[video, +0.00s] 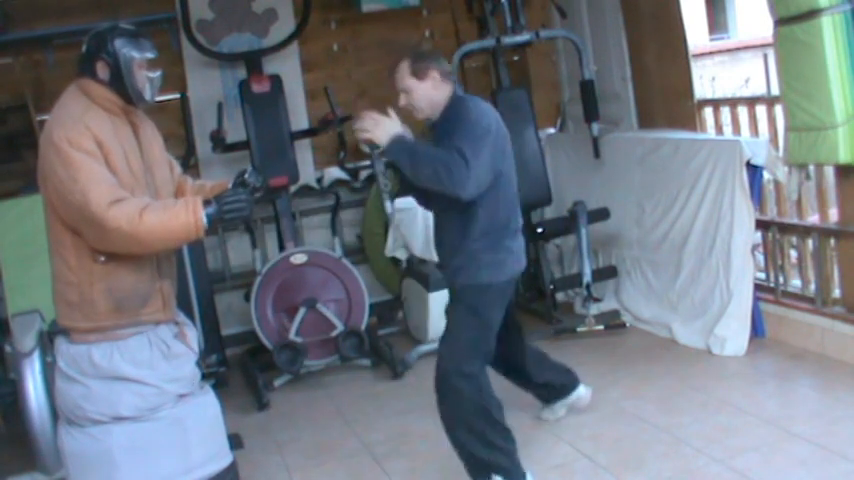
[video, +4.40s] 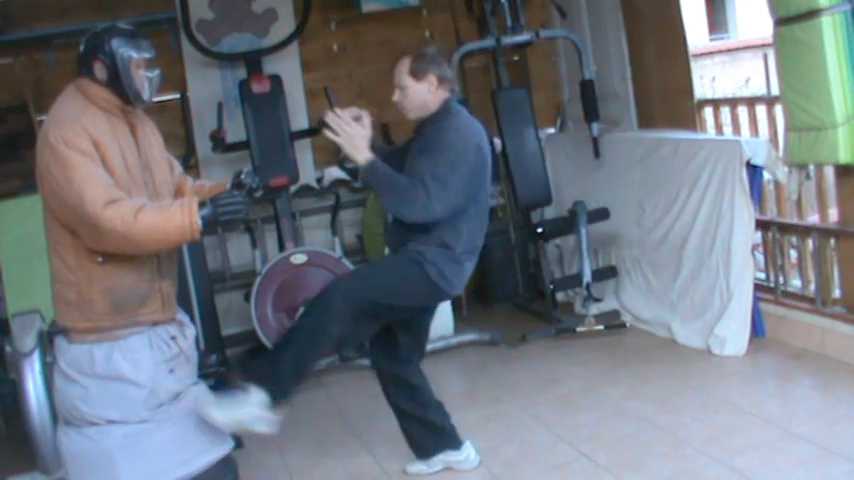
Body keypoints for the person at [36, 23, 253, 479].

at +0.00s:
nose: (146, 75)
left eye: (147, 64)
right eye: (136, 65)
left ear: (112, 68)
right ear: (103, 67)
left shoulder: (136, 121)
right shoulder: (68, 129)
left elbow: (175, 188)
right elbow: (110, 221)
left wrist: (227, 188)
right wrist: (202, 215)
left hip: (157, 316)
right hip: (103, 329)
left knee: (192, 447)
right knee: (124, 458)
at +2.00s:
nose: (143, 74)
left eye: (144, 64)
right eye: (132, 64)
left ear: (108, 68)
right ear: (98, 66)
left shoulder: (137, 121)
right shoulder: (64, 129)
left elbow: (174, 187)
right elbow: (105, 221)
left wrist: (225, 192)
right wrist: (198, 217)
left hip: (156, 317)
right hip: (100, 330)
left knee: (188, 447)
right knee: (122, 458)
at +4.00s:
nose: (148, 75)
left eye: (148, 64)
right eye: (137, 64)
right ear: (103, 66)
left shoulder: (139, 120)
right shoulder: (68, 129)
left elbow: (178, 189)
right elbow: (108, 221)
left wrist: (229, 189)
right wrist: (201, 217)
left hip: (159, 317)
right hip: (104, 331)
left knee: (189, 448)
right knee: (125, 459)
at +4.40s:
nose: (148, 75)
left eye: (148, 64)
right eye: (138, 65)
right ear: (100, 66)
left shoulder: (137, 120)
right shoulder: (66, 129)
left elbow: (176, 189)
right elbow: (107, 222)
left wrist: (230, 186)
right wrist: (199, 217)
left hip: (158, 318)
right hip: (104, 333)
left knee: (201, 453)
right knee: (125, 463)